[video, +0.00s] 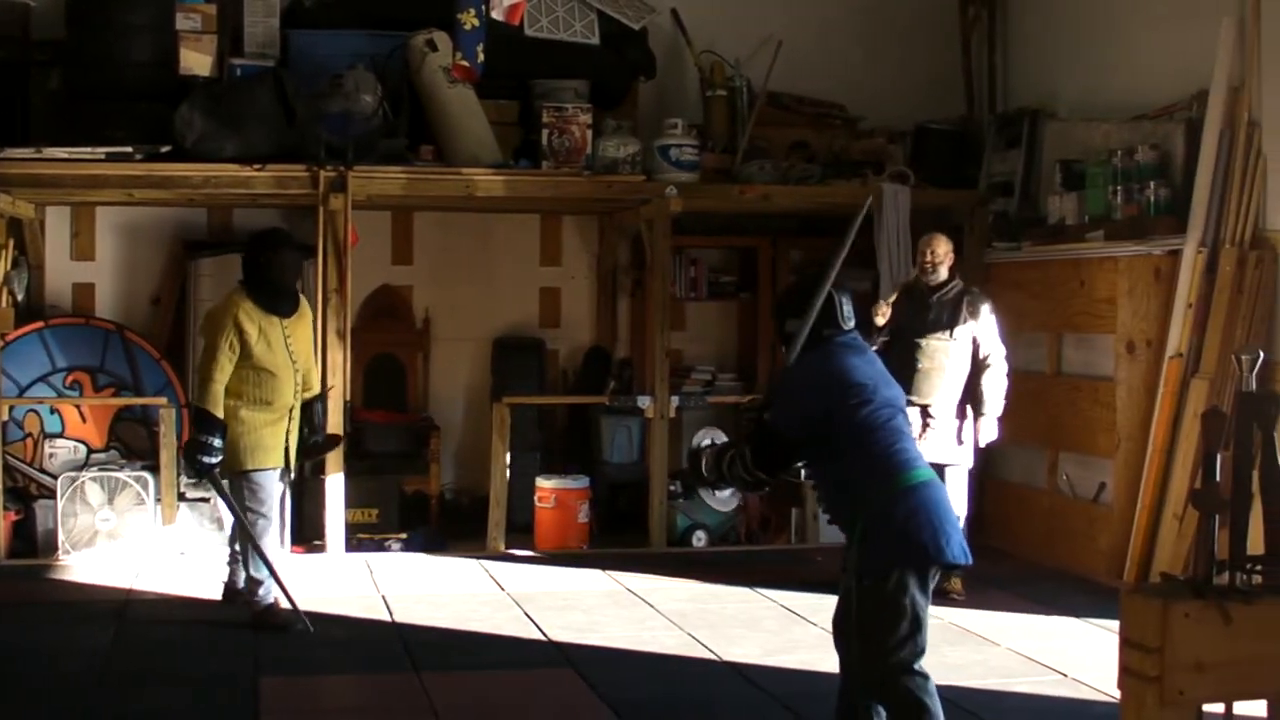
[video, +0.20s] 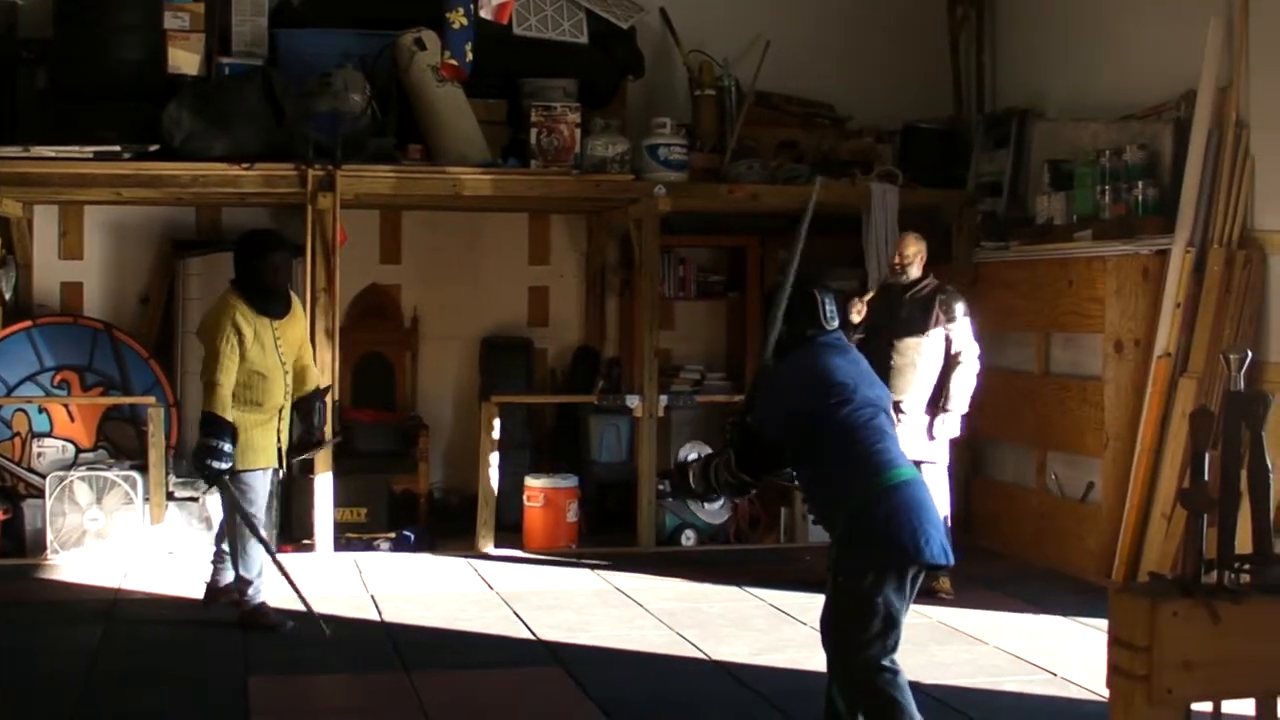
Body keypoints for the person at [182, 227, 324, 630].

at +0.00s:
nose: (296, 274)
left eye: (297, 266)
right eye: (287, 266)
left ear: (298, 268)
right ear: (263, 268)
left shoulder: (301, 310)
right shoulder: (232, 313)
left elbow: (308, 369)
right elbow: (212, 378)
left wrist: (315, 424)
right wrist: (206, 438)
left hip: (285, 429)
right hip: (248, 431)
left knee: (262, 512)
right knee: (263, 514)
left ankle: (239, 587)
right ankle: (262, 598)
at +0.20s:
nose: (286, 273)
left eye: (287, 264)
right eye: (277, 265)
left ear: (288, 267)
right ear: (253, 268)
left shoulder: (292, 309)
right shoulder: (229, 314)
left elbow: (303, 365)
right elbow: (219, 381)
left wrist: (311, 416)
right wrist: (214, 442)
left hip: (275, 434)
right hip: (243, 435)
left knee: (247, 512)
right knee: (251, 517)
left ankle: (222, 584)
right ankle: (250, 596)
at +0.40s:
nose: (287, 276)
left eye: (289, 267)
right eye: (278, 268)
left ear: (290, 268)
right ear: (254, 270)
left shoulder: (295, 310)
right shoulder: (232, 314)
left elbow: (320, 357)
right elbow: (234, 378)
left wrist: (328, 416)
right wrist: (249, 436)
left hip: (274, 427)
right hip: (238, 426)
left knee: (249, 505)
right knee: (252, 507)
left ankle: (224, 583)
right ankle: (257, 597)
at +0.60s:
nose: (298, 277)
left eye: (301, 269)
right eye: (290, 269)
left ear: (302, 270)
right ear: (265, 271)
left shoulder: (304, 304)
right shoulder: (242, 312)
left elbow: (343, 331)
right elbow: (255, 358)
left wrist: (362, 371)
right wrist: (282, 388)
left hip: (282, 421)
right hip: (248, 424)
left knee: (259, 506)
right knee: (262, 509)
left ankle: (237, 584)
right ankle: (269, 595)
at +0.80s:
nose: (296, 277)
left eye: (297, 269)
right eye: (288, 269)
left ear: (296, 271)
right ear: (264, 271)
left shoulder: (297, 303)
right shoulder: (240, 309)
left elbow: (331, 320)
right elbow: (252, 345)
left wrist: (366, 331)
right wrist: (291, 355)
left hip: (281, 428)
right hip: (247, 427)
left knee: (259, 508)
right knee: (260, 510)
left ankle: (237, 583)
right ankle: (268, 596)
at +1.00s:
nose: (295, 277)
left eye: (296, 268)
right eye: (286, 269)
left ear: (297, 268)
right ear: (261, 271)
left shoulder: (301, 303)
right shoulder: (237, 313)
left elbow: (336, 330)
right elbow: (237, 373)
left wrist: (351, 348)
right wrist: (288, 367)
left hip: (284, 425)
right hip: (248, 424)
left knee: (261, 504)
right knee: (261, 505)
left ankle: (236, 583)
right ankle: (266, 593)